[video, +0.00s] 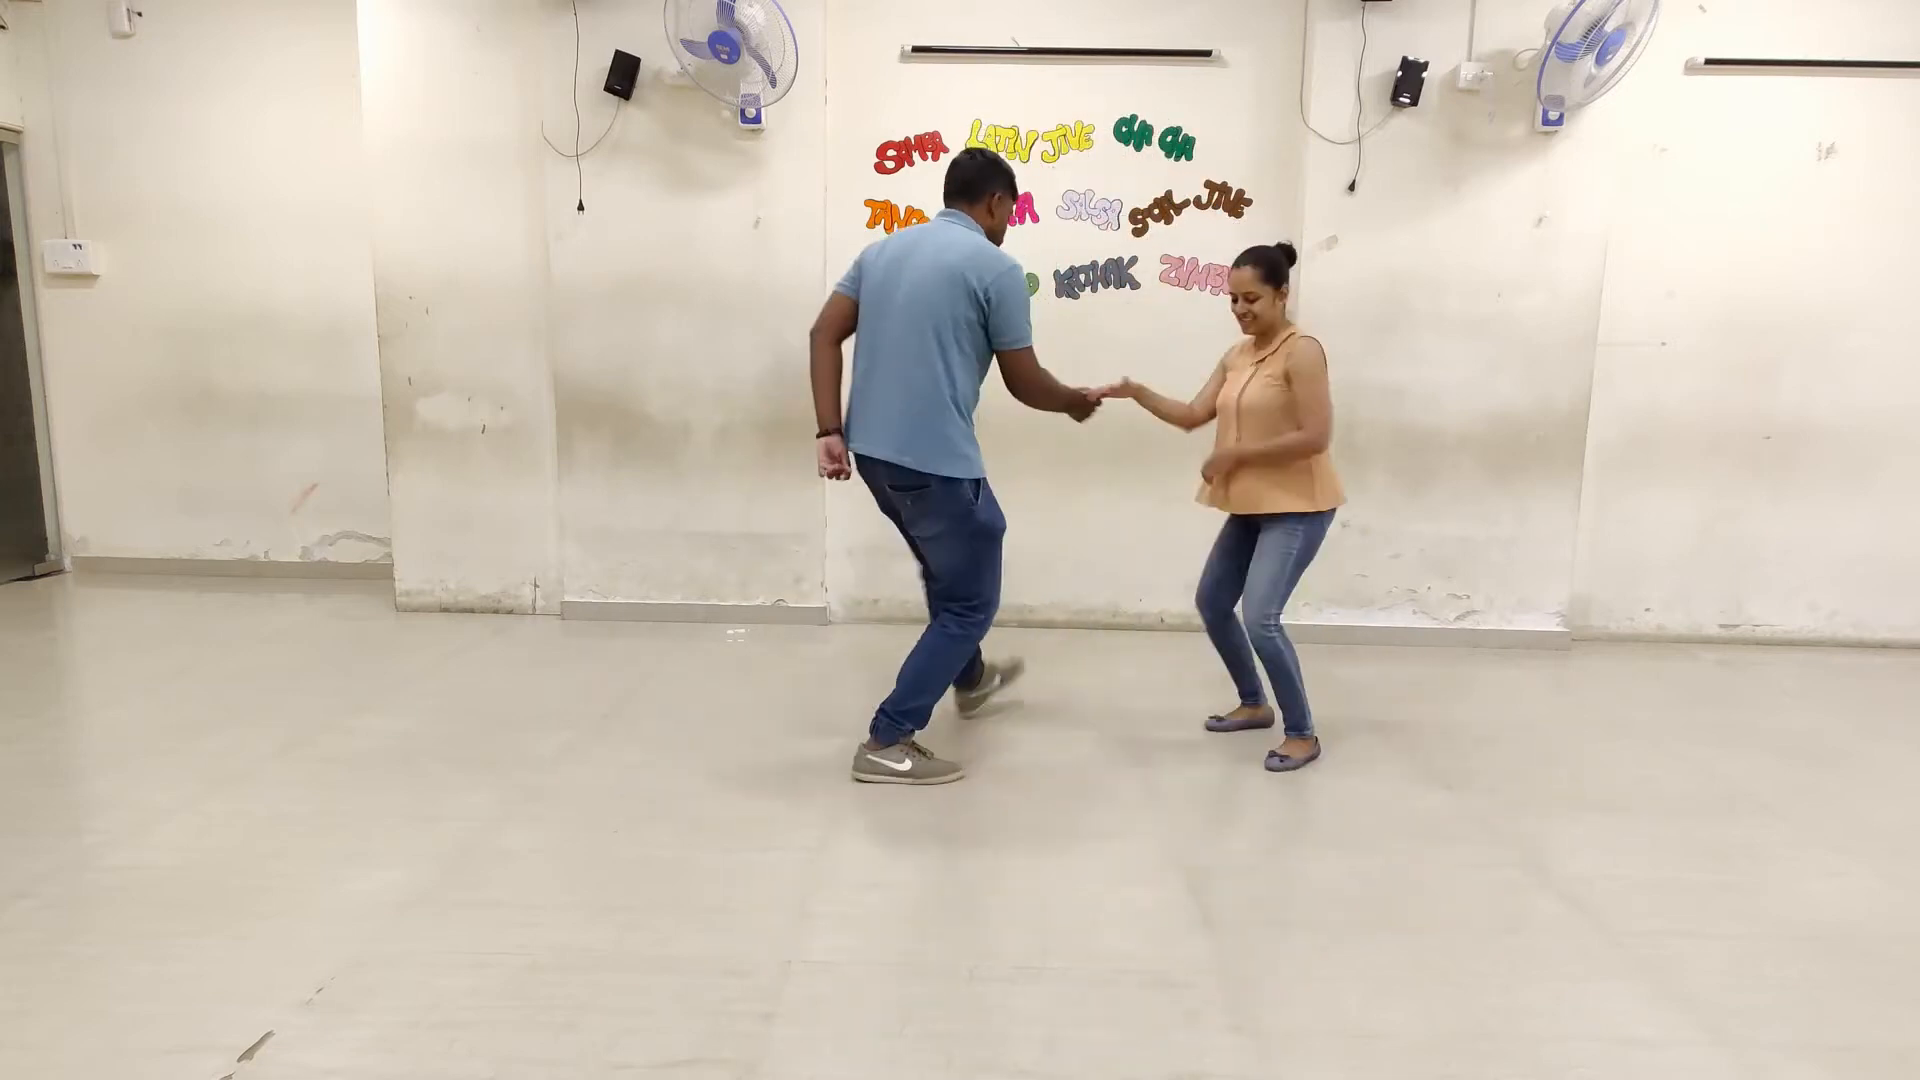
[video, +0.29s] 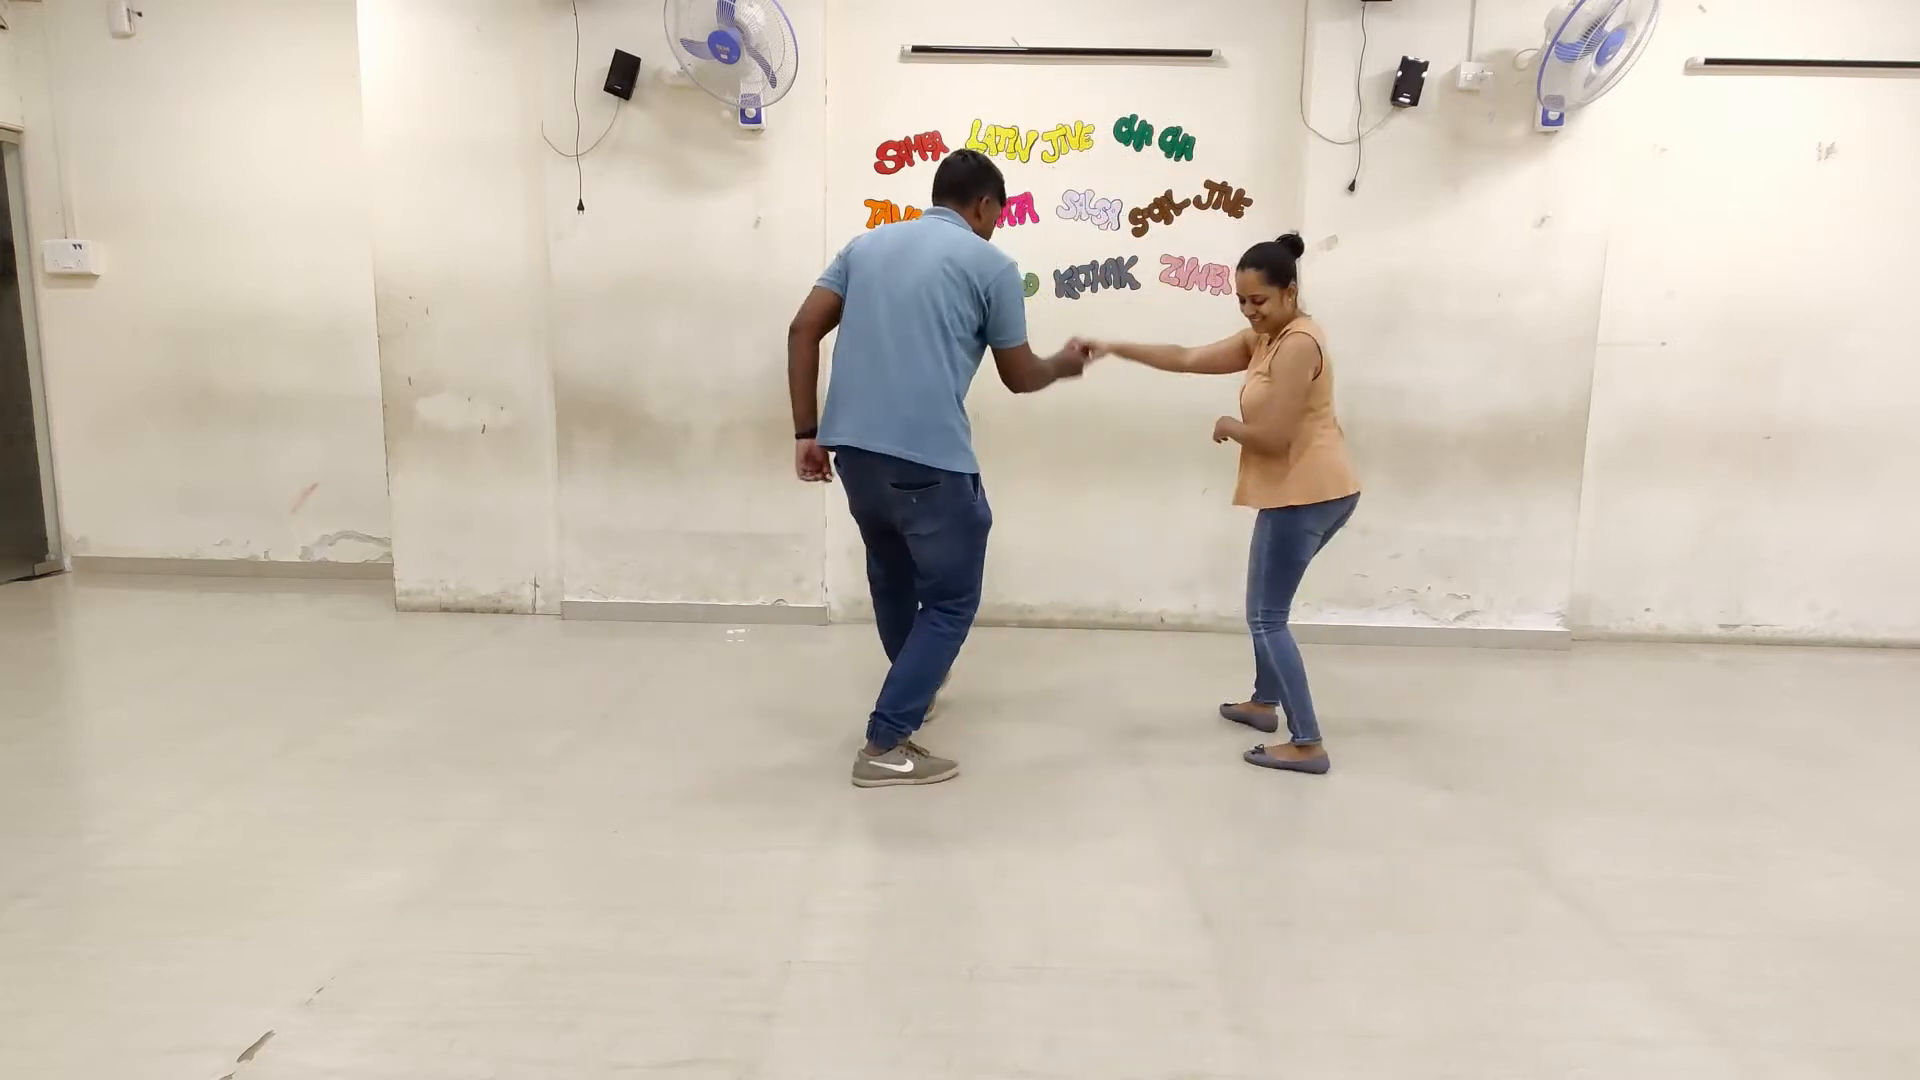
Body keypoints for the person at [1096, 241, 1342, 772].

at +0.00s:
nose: (1238, 309)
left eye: (1249, 299)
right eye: (1233, 299)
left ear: (1281, 295)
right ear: (1231, 297)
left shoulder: (1303, 351)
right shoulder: (1237, 355)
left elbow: (1317, 437)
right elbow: (1190, 416)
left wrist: (1235, 454)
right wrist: (1135, 389)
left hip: (1300, 507)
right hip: (1250, 507)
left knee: (1260, 617)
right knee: (1212, 602)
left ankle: (1301, 736)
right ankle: (1254, 705)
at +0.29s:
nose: (1249, 310)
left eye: (1258, 299)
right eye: (1242, 300)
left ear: (1290, 292)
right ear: (1239, 293)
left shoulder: (1297, 345)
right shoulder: (1260, 339)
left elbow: (1275, 437)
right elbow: (1187, 358)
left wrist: (1231, 428)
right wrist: (1112, 347)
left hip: (1304, 494)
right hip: (1298, 492)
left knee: (1267, 616)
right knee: (1262, 607)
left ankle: (1307, 745)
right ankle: (1266, 703)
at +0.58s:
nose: (1242, 349)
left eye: (1253, 338)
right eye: (1234, 339)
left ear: (1281, 330)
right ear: (1226, 333)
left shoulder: (1314, 383)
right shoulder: (1223, 390)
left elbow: (1359, 462)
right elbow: (1166, 439)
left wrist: (1280, 493)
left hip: (1314, 533)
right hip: (1251, 533)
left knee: (1256, 625)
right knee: (1203, 623)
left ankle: (1263, 738)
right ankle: (1260, 690)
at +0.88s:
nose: (1251, 333)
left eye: (1261, 321)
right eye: (1240, 323)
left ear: (1287, 308)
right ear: (1231, 314)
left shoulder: (1322, 357)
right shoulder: (1223, 372)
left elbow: (1335, 421)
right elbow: (1201, 452)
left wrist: (1337, 454)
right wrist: (1149, 417)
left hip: (1299, 521)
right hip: (1233, 521)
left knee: (1301, 627)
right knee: (1236, 631)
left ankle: (1227, 733)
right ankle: (1177, 684)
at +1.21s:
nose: (1234, 311)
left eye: (1245, 302)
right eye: (1229, 301)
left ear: (1278, 300)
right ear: (1225, 300)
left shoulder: (1318, 356)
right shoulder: (1213, 356)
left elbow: (1353, 429)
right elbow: (1169, 428)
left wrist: (1303, 455)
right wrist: (1142, 372)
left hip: (1294, 512)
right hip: (1220, 507)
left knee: (1277, 624)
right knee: (1184, 622)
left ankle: (1258, 734)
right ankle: (1212, 695)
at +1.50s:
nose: (1219, 290)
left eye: (1229, 281)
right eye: (1222, 279)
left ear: (1262, 291)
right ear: (1258, 290)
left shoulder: (1267, 346)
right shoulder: (1255, 343)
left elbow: (1257, 435)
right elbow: (1216, 415)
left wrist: (1205, 450)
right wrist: (1137, 412)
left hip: (1282, 502)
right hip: (1259, 500)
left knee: (1230, 621)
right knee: (1200, 589)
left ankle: (1293, 744)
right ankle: (1223, 704)